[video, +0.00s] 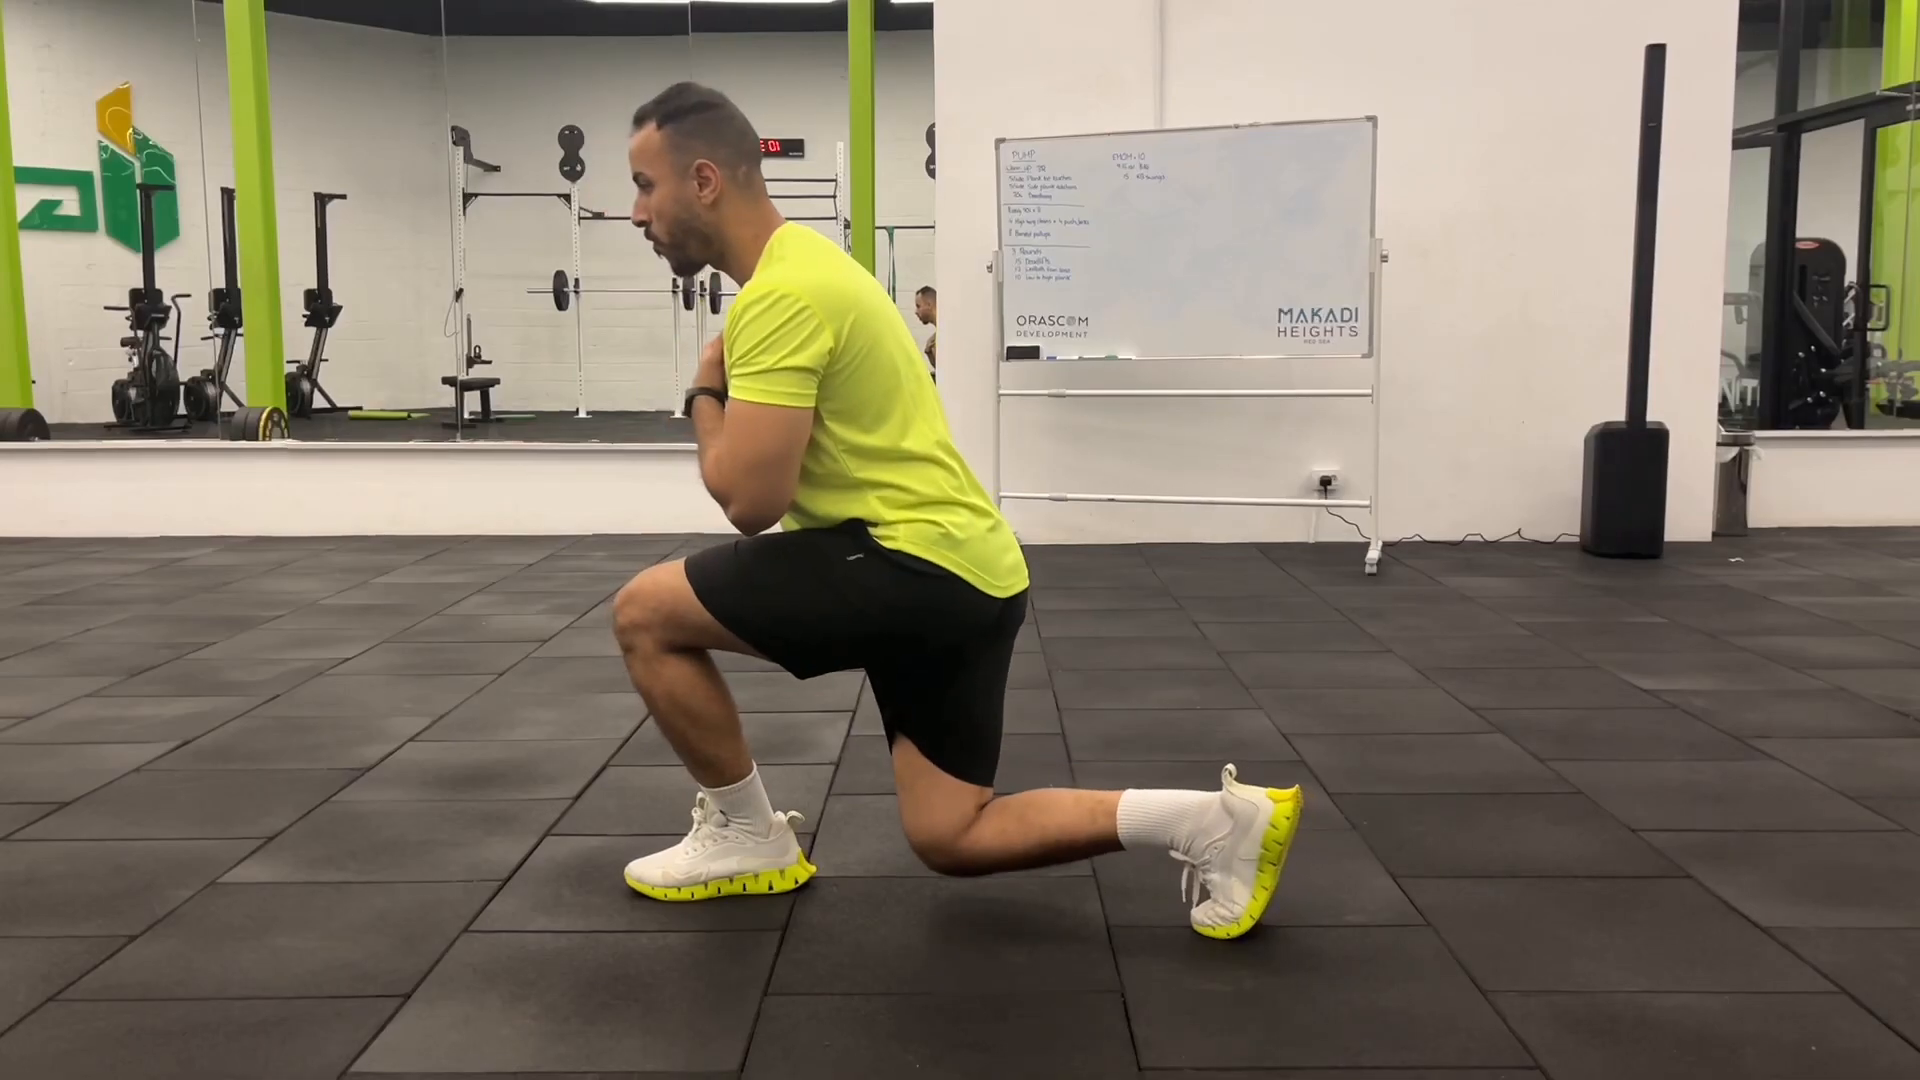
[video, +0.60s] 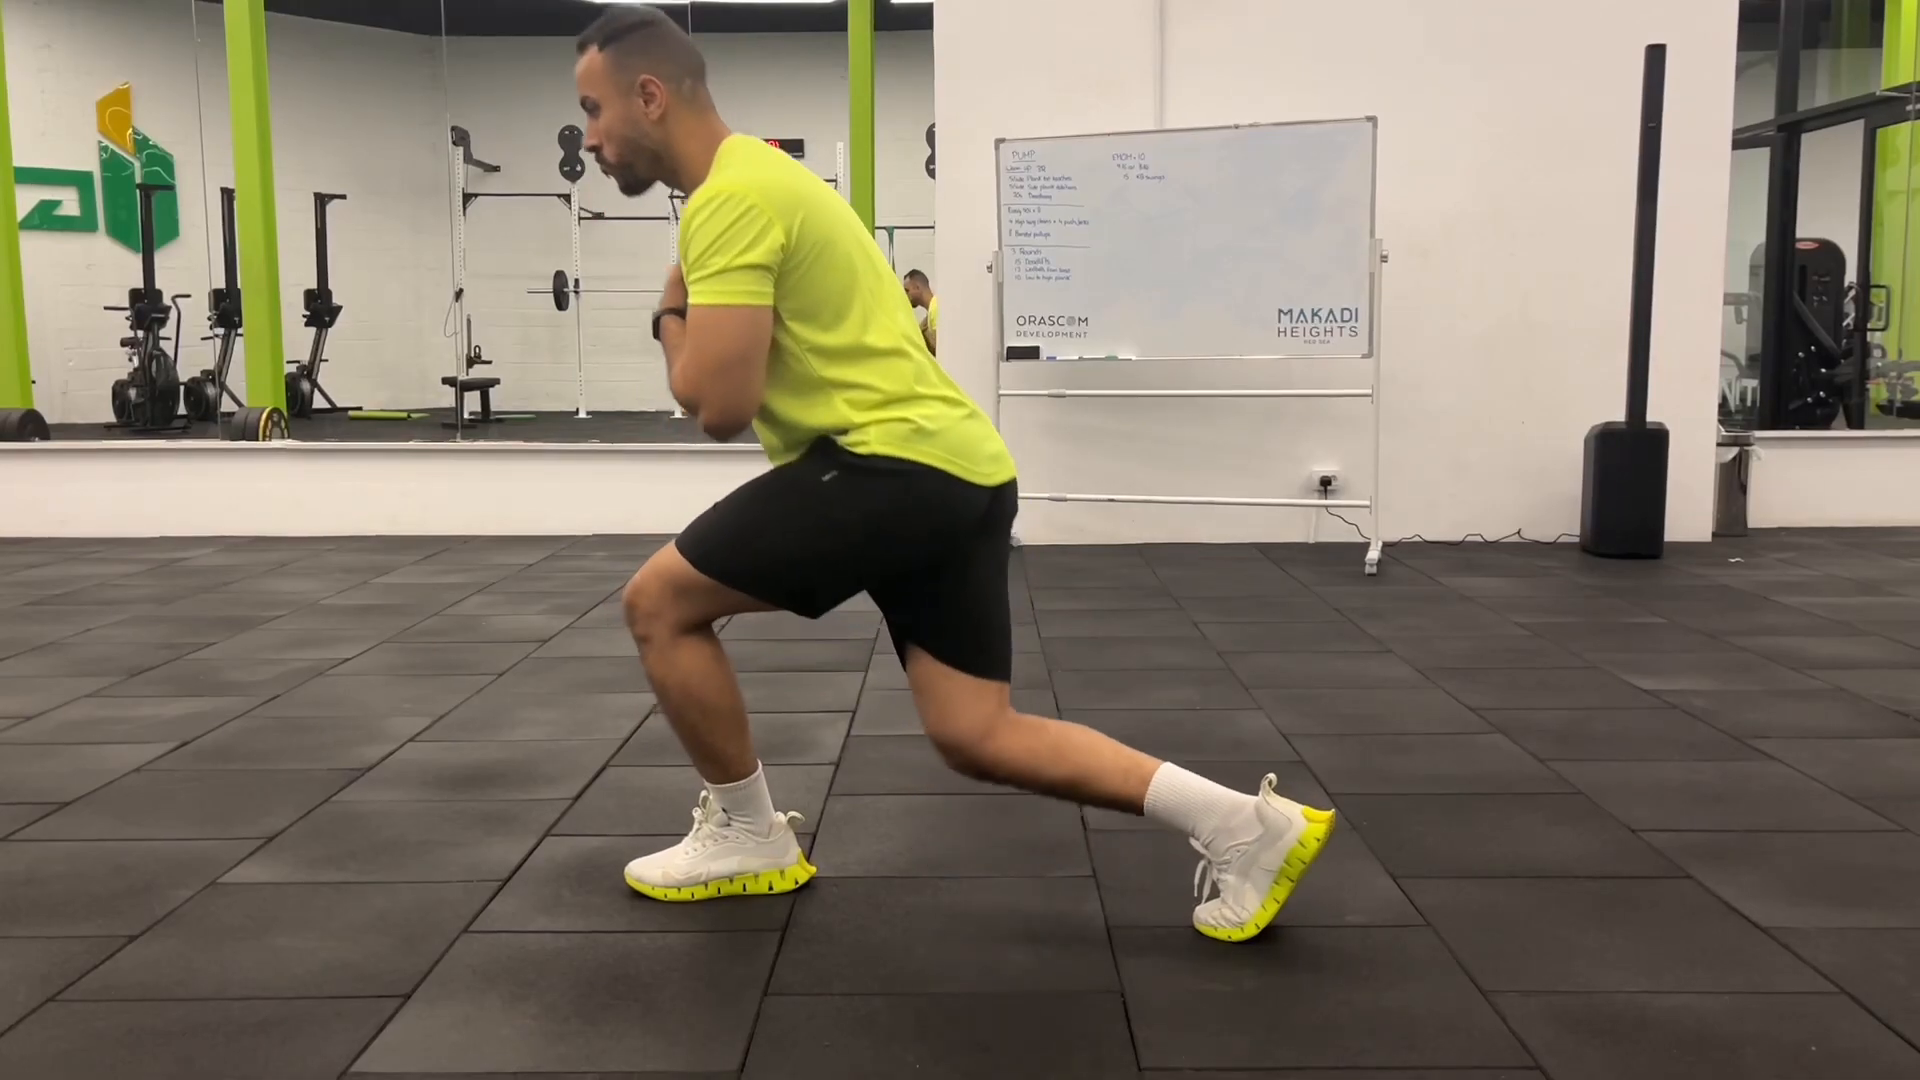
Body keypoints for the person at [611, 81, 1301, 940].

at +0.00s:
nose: (635, 213)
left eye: (644, 186)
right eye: (634, 189)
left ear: (706, 181)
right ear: (709, 181)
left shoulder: (785, 290)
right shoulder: (819, 271)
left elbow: (750, 499)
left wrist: (704, 400)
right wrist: (732, 404)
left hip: (906, 560)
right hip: (974, 567)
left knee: (646, 614)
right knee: (948, 831)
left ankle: (745, 835)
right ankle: (1215, 820)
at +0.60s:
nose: (585, 137)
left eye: (591, 109)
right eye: (581, 113)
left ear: (653, 98)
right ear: (662, 96)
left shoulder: (734, 200)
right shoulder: (771, 182)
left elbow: (718, 405)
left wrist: (670, 326)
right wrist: (695, 338)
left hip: (887, 468)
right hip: (960, 470)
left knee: (660, 602)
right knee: (976, 733)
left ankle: (746, 832)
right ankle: (1245, 825)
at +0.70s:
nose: (555, 100)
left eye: (557, 71)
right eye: (548, 76)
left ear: (617, 54)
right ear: (630, 57)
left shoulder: (702, 148)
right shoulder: (738, 135)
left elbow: (697, 358)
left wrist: (643, 279)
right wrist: (672, 282)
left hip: (869, 418)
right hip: (943, 417)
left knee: (668, 597)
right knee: (974, 674)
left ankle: (748, 834)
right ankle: (1227, 818)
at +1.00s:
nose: (527, 12)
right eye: (519, 2)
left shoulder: (641, 31)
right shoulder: (700, 27)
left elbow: (629, 237)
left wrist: (581, 152)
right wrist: (605, 146)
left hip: (792, 328)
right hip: (872, 323)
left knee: (704, 584)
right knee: (874, 575)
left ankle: (749, 829)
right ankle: (1075, 746)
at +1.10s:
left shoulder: (644, 9)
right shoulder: (714, 15)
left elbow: (617, 213)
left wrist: (571, 126)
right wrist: (599, 132)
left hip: (772, 313)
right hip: (854, 307)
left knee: (712, 578)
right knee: (822, 556)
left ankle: (750, 831)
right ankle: (1002, 749)